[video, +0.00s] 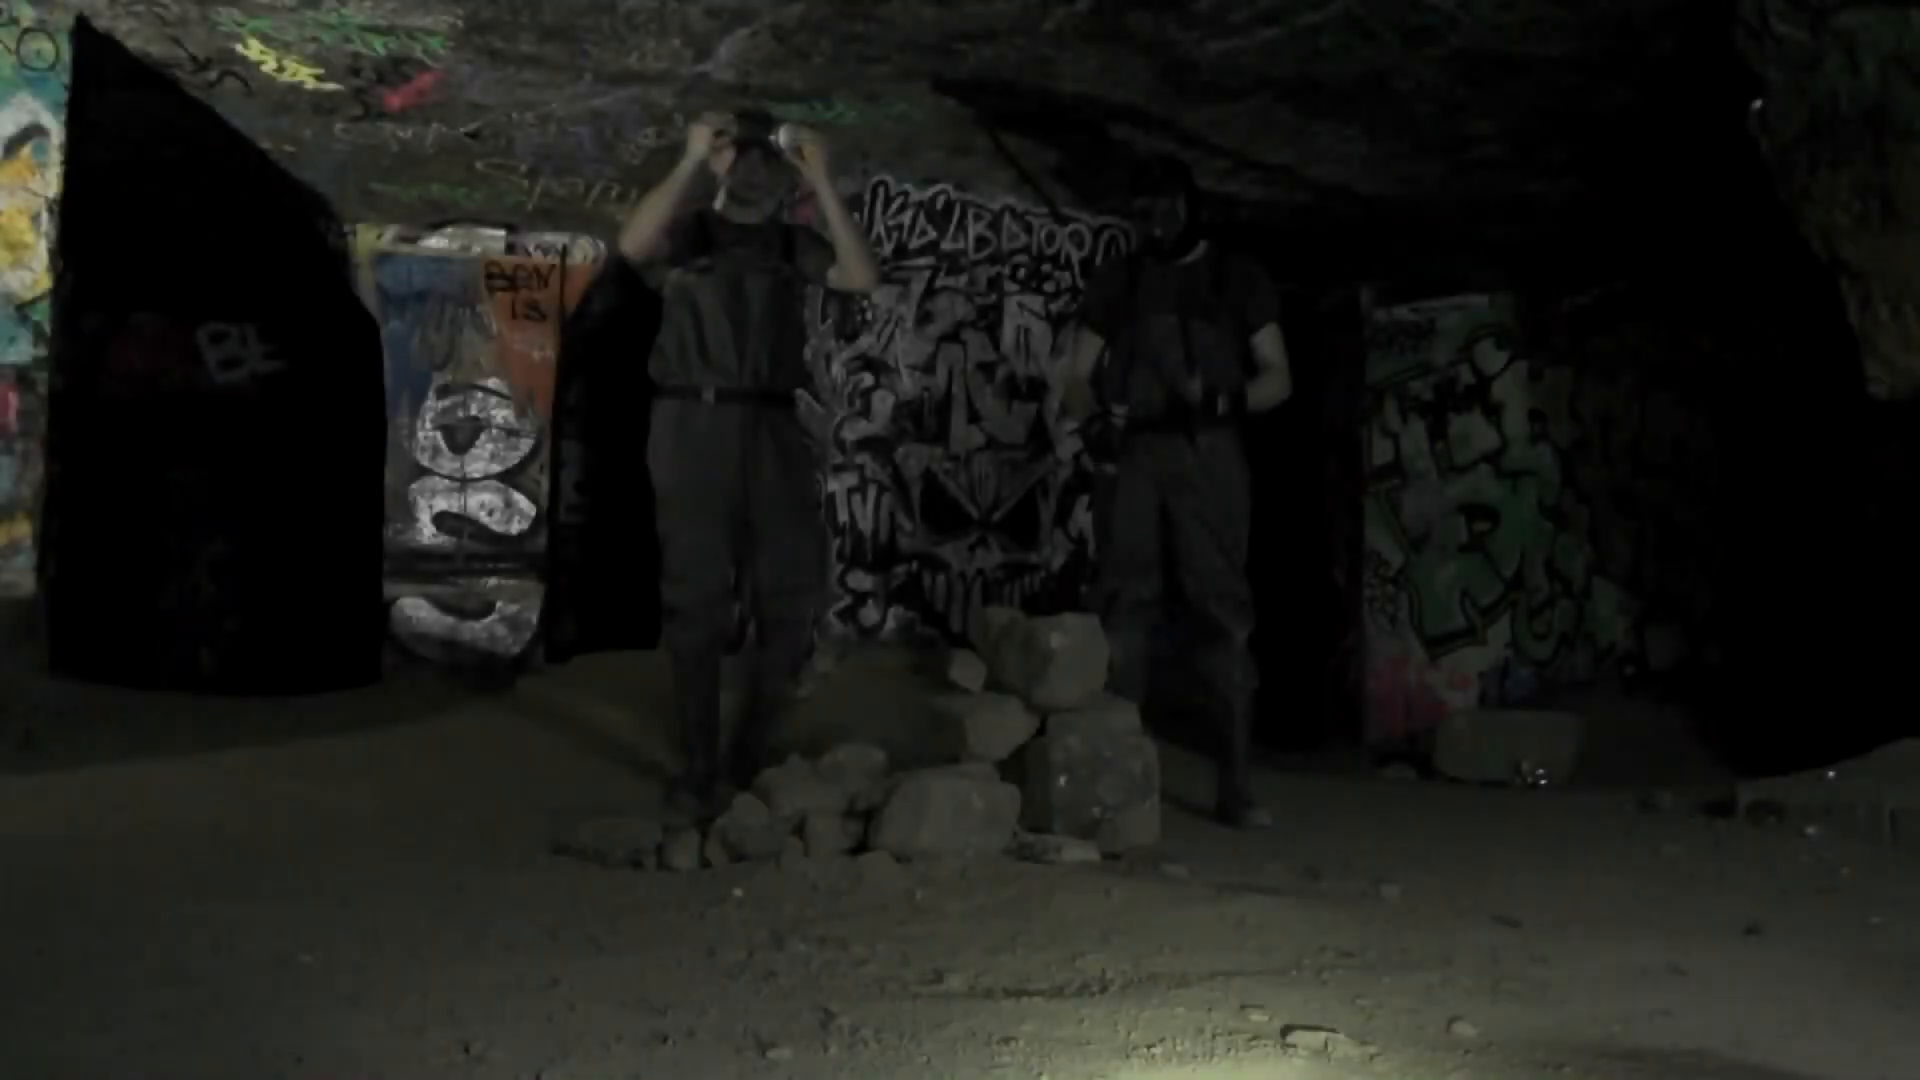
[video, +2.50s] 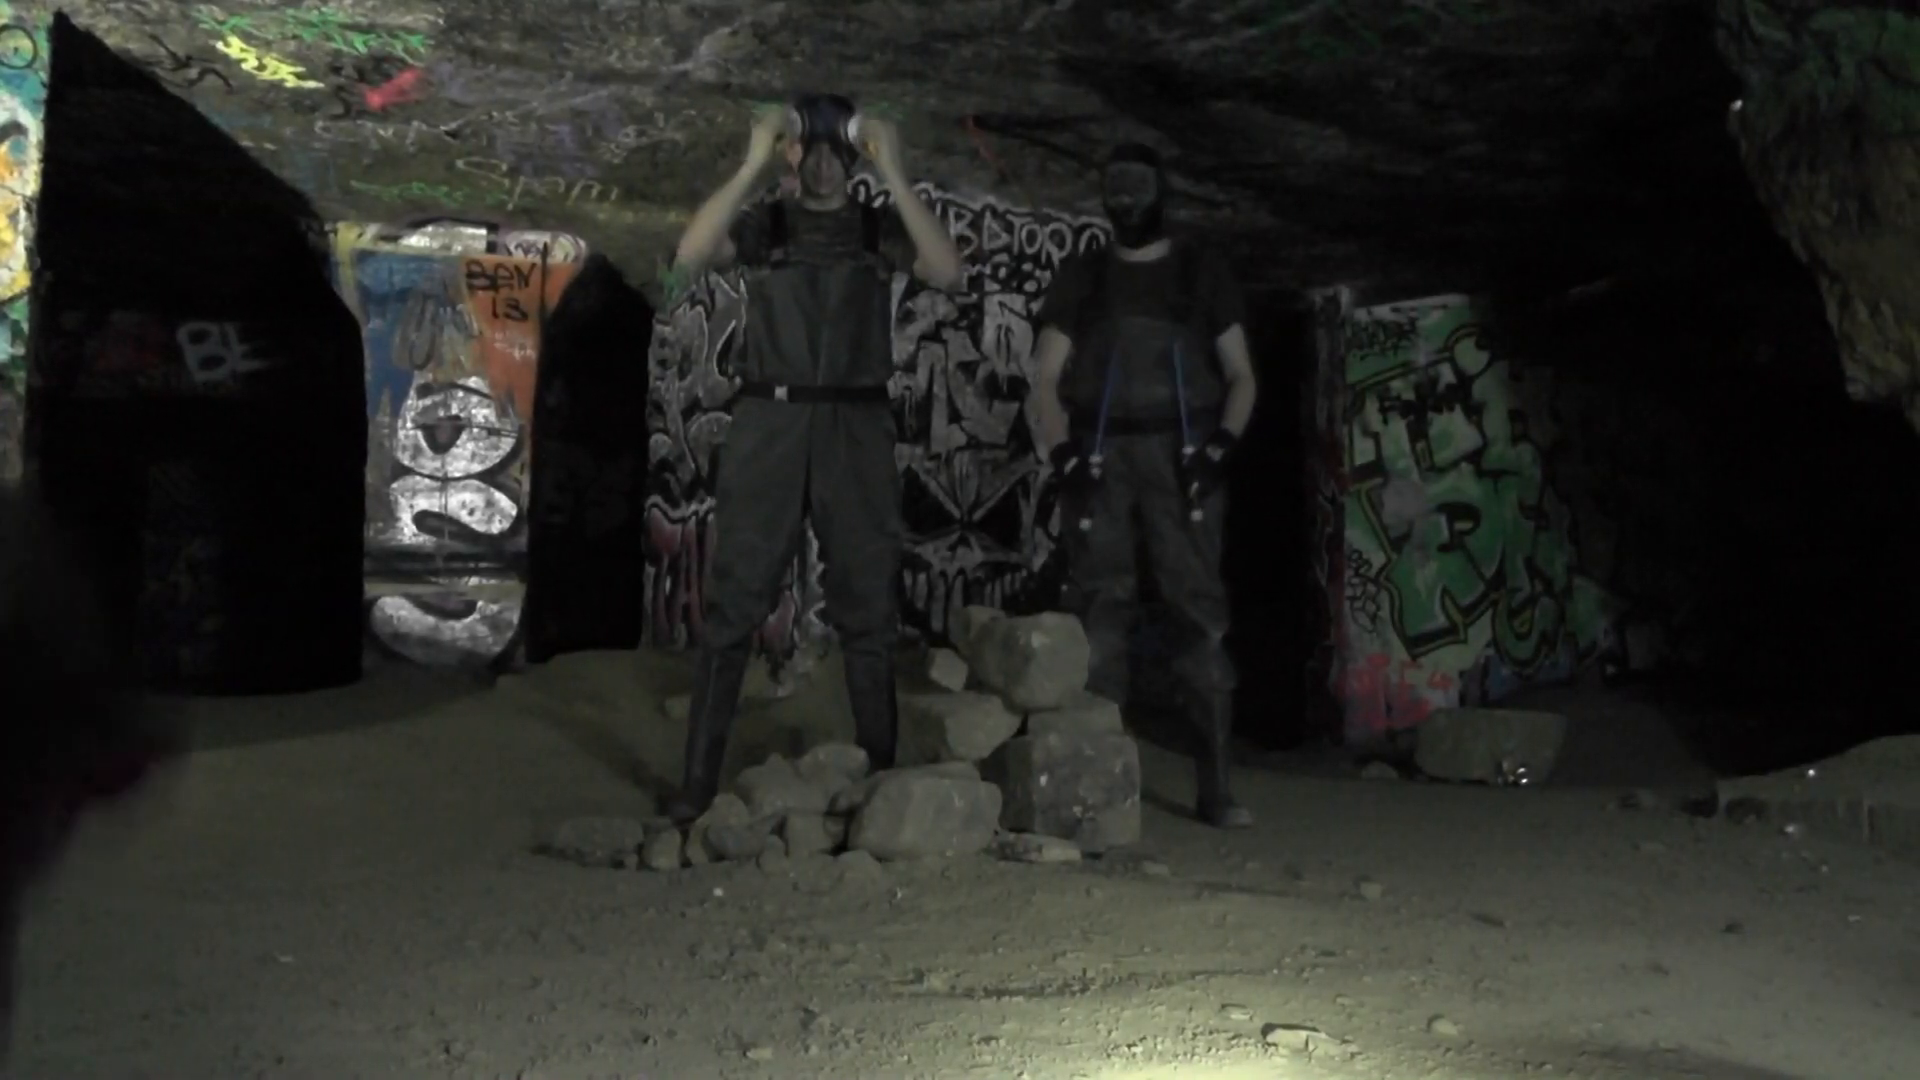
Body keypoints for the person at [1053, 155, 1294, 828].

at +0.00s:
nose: (1159, 227)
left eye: (1170, 213)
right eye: (1149, 214)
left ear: (1194, 213)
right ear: (1136, 217)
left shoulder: (1235, 280)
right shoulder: (1122, 280)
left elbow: (1275, 379)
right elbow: (1076, 371)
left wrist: (1226, 398)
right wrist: (1089, 420)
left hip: (1210, 469)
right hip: (1132, 470)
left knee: (1221, 618)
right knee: (1126, 616)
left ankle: (1235, 781)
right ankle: (1118, 778)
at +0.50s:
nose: (1152, 203)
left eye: (1163, 190)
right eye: (1145, 192)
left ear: (1192, 195)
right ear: (1137, 200)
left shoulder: (1239, 274)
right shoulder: (1123, 274)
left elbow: (1277, 379)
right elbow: (1086, 378)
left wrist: (1256, 451)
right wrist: (1090, 455)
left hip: (1214, 468)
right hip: (1132, 466)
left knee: (1225, 619)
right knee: (1126, 615)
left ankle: (1233, 787)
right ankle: (1113, 780)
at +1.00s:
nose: (1156, 216)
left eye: (1167, 203)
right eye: (1146, 205)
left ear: (1193, 202)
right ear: (1134, 207)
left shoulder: (1236, 272)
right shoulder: (1121, 274)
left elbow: (1273, 377)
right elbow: (1083, 372)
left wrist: (1247, 447)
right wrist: (1085, 442)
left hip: (1211, 466)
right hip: (1131, 465)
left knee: (1220, 615)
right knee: (1124, 612)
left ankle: (1227, 784)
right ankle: (1110, 776)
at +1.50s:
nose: (1158, 210)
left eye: (1170, 196)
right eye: (1147, 197)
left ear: (1193, 198)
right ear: (1133, 200)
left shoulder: (1231, 273)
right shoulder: (1116, 273)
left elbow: (1270, 377)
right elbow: (1074, 374)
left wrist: (1241, 435)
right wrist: (1088, 436)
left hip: (1204, 467)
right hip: (1127, 465)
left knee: (1213, 620)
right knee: (1116, 616)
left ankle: (1220, 787)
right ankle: (1101, 781)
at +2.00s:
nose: (1152, 200)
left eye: (1163, 185)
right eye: (1141, 186)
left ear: (1186, 192)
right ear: (1127, 194)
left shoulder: (1226, 272)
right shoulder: (1112, 274)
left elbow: (1268, 376)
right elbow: (1067, 372)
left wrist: (1238, 439)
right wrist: (1078, 447)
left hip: (1198, 469)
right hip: (1119, 471)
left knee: (1209, 619)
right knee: (1112, 617)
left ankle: (1216, 787)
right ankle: (1098, 781)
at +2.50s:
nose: (1126, 200)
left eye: (1137, 187)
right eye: (1116, 187)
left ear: (1161, 195)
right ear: (1101, 196)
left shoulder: (1199, 271)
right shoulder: (1083, 273)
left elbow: (1242, 376)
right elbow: (1044, 381)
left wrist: (1219, 446)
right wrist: (1064, 464)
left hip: (1182, 468)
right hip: (1099, 470)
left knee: (1198, 619)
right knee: (1100, 620)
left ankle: (1215, 785)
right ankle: (1096, 783)